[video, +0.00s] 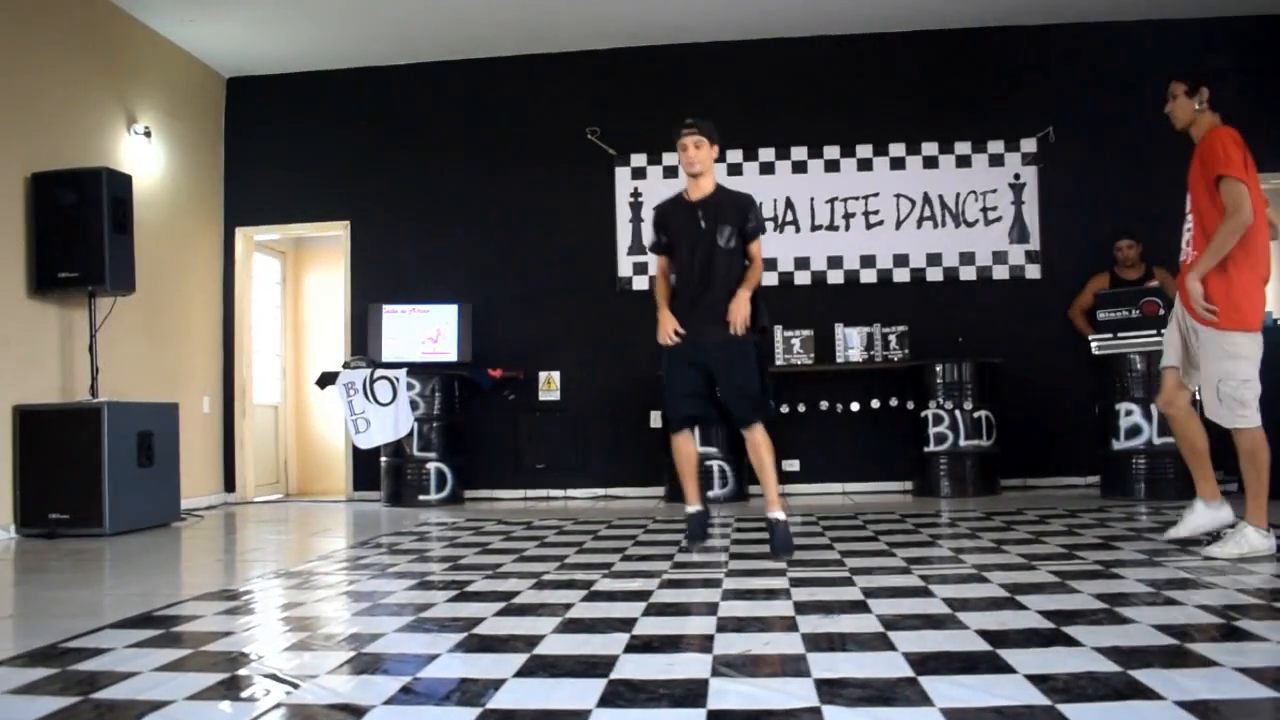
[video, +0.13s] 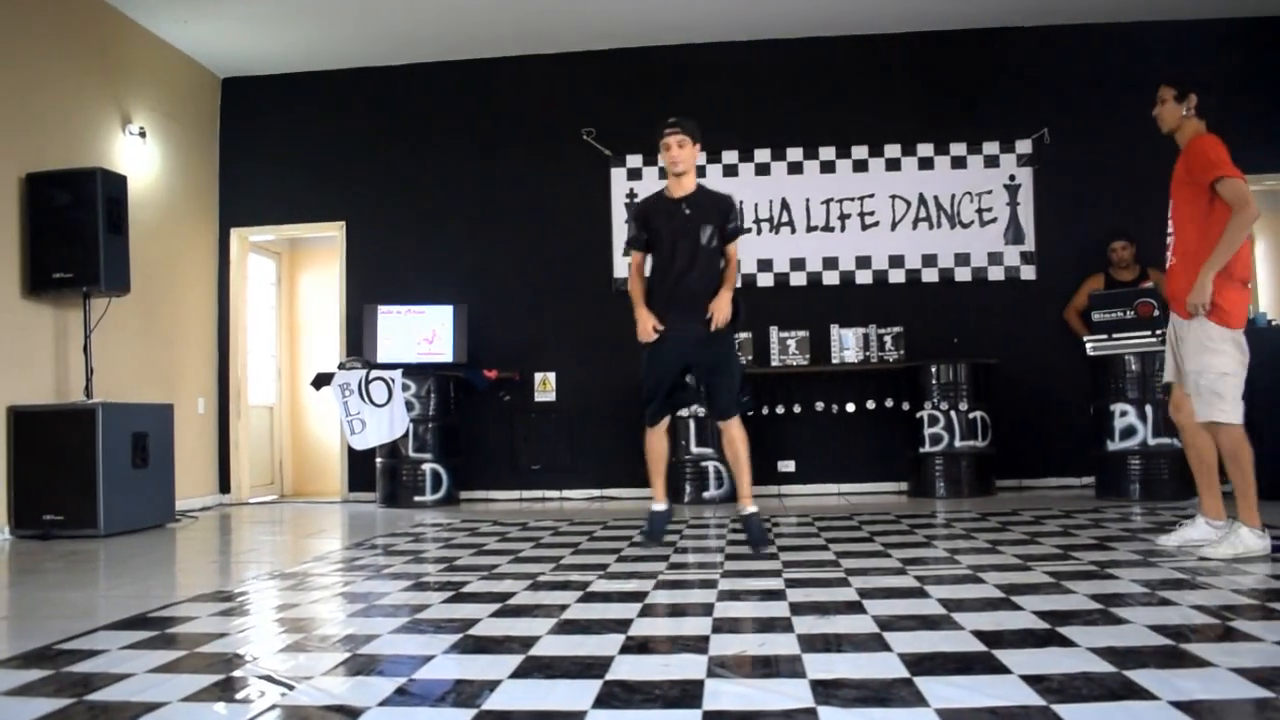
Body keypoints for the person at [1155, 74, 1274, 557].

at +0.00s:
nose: (1167, 107)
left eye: (1173, 98)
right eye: (1167, 99)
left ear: (1201, 98)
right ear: (1196, 101)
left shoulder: (1220, 140)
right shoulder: (1210, 147)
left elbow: (1241, 213)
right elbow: (1254, 221)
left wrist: (1194, 273)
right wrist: (1195, 275)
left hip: (1229, 311)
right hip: (1194, 305)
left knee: (1242, 416)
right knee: (1172, 399)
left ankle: (1257, 528)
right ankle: (1209, 503)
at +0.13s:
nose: (1154, 111)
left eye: (1162, 102)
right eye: (1155, 103)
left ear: (1189, 105)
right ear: (1181, 107)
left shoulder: (1204, 148)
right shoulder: (1188, 155)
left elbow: (1246, 207)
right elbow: (1212, 226)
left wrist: (1206, 275)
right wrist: (1181, 279)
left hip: (1214, 313)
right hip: (1188, 311)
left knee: (1223, 416)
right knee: (1184, 409)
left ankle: (1252, 529)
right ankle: (1212, 519)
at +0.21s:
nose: (1149, 115)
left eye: (1157, 106)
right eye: (1150, 107)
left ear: (1184, 111)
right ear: (1173, 112)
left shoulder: (1196, 153)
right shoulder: (1181, 158)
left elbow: (1240, 208)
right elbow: (1211, 223)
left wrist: (1192, 268)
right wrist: (1176, 275)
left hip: (1208, 308)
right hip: (1189, 307)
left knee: (1194, 414)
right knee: (1178, 413)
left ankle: (1248, 522)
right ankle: (1209, 519)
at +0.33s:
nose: (1144, 119)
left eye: (1152, 111)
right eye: (1145, 112)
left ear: (1179, 116)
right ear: (1169, 118)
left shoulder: (1196, 154)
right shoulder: (1180, 163)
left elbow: (1251, 205)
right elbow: (1202, 228)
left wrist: (1193, 250)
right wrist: (1166, 269)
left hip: (1200, 296)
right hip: (1199, 298)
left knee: (1139, 392)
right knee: (1180, 411)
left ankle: (1218, 476)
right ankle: (1209, 523)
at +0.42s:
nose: (1143, 124)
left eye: (1151, 115)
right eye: (1143, 117)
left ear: (1179, 119)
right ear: (1163, 124)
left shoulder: (1203, 155)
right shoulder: (1172, 175)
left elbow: (1267, 199)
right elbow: (1197, 241)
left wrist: (1207, 234)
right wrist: (1165, 269)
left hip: (1206, 288)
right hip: (1196, 294)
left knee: (1107, 328)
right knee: (1173, 411)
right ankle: (1211, 523)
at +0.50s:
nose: (1142, 127)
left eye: (1150, 118)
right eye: (1141, 120)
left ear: (1179, 122)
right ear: (1154, 128)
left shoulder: (1208, 159)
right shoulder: (1162, 187)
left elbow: (1271, 194)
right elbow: (1170, 257)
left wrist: (1218, 228)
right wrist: (1093, 288)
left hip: (1209, 286)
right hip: (1185, 301)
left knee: (1113, 250)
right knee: (1170, 414)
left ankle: (1112, 360)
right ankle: (1210, 524)